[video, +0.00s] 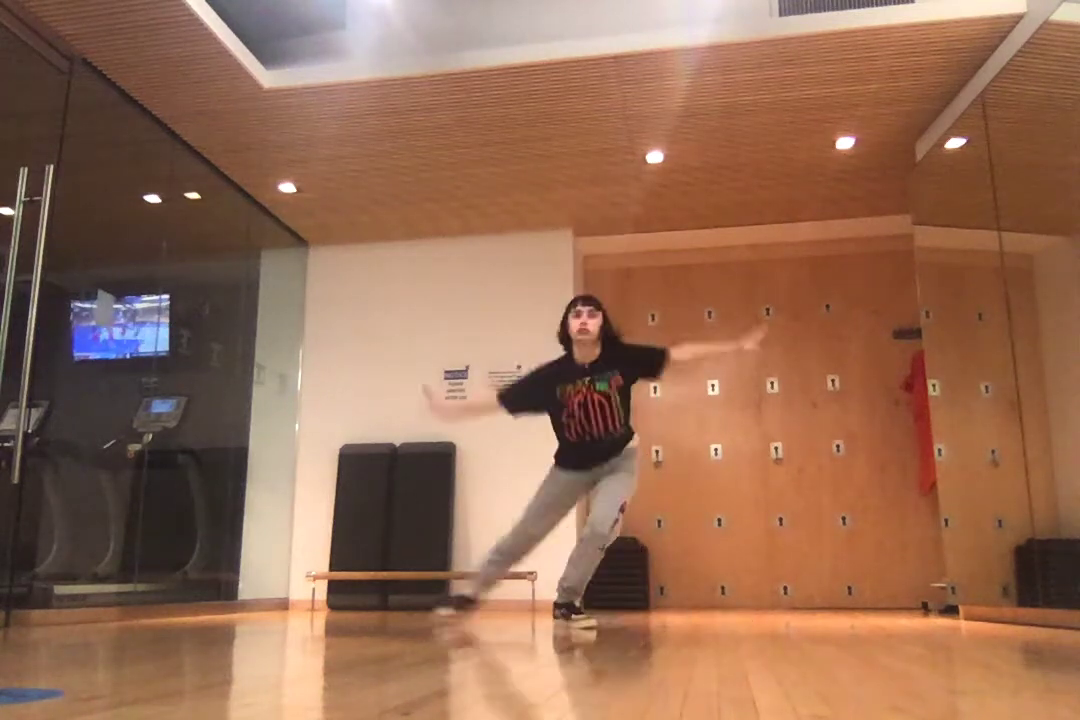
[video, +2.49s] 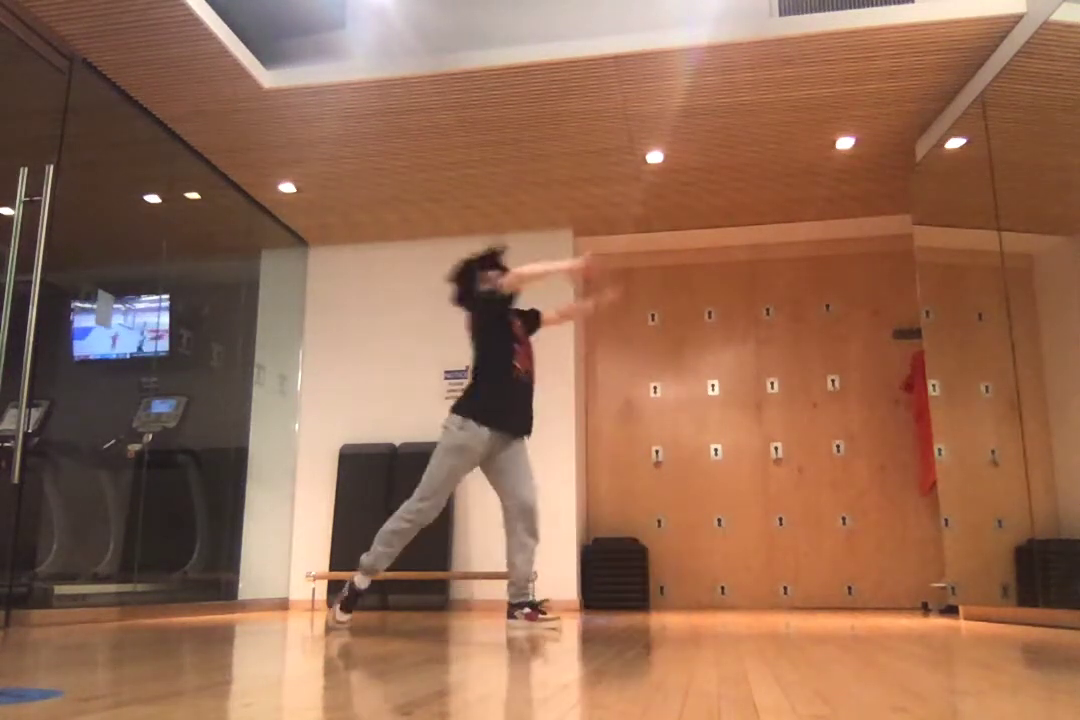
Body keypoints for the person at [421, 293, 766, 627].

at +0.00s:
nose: (583, 322)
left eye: (591, 315)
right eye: (577, 316)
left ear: (603, 325)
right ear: (566, 327)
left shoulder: (624, 358)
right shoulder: (552, 375)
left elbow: (682, 355)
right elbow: (498, 401)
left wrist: (736, 346)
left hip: (617, 461)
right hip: (571, 468)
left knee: (602, 528)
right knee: (527, 531)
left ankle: (567, 601)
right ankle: (472, 593)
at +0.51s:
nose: (584, 311)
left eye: (592, 304)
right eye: (579, 306)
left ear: (608, 309)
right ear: (574, 313)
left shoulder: (619, 356)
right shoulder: (570, 339)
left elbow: (637, 419)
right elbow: (532, 355)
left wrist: (586, 425)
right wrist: (570, 366)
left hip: (617, 449)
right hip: (584, 451)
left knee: (609, 532)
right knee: (530, 507)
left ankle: (662, 598)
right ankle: (561, 585)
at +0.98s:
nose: (562, 281)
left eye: (568, 275)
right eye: (553, 275)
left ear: (575, 284)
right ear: (537, 286)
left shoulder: (584, 330)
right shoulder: (521, 332)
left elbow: (616, 370)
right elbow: (500, 384)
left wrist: (583, 341)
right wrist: (527, 348)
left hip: (577, 430)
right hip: (527, 434)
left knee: (603, 505)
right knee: (492, 509)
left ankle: (650, 586)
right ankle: (470, 590)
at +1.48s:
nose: (563, 317)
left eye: (570, 311)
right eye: (556, 311)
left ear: (580, 319)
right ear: (545, 319)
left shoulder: (589, 355)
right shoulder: (525, 360)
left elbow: (640, 377)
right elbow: (484, 402)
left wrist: (591, 386)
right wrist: (533, 397)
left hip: (588, 455)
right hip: (541, 457)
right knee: (513, 527)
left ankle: (653, 588)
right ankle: (463, 592)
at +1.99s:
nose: (609, 306)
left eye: (608, 299)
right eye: (604, 299)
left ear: (584, 300)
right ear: (587, 301)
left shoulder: (593, 337)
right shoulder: (562, 331)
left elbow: (589, 383)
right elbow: (541, 372)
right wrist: (589, 351)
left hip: (598, 450)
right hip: (562, 444)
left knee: (635, 513)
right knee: (539, 531)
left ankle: (648, 603)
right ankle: (474, 587)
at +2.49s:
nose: (504, 277)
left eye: (502, 272)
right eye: (495, 274)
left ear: (500, 281)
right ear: (479, 285)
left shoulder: (519, 320)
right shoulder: (485, 311)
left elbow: (559, 314)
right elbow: (519, 276)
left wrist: (598, 301)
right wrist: (572, 267)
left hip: (507, 437)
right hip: (471, 426)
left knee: (523, 509)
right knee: (424, 506)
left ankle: (521, 602)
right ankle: (359, 581)